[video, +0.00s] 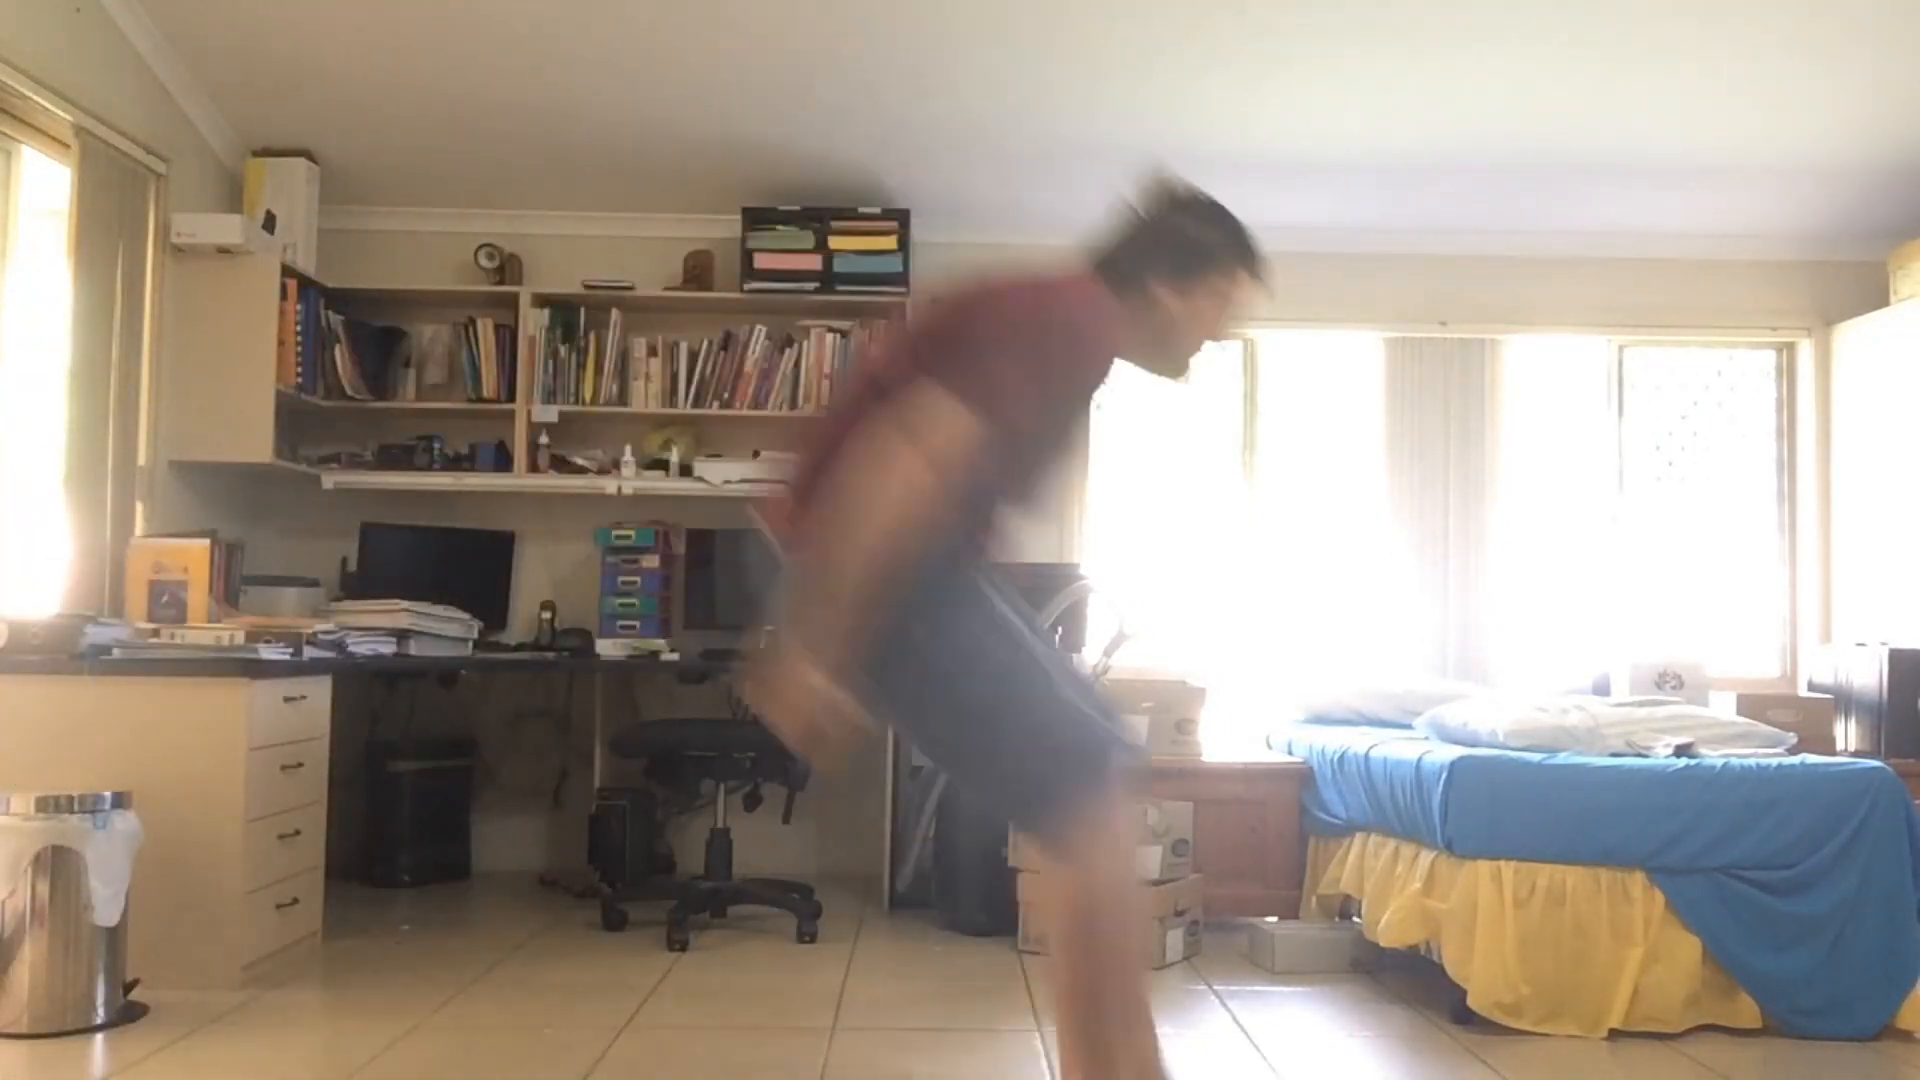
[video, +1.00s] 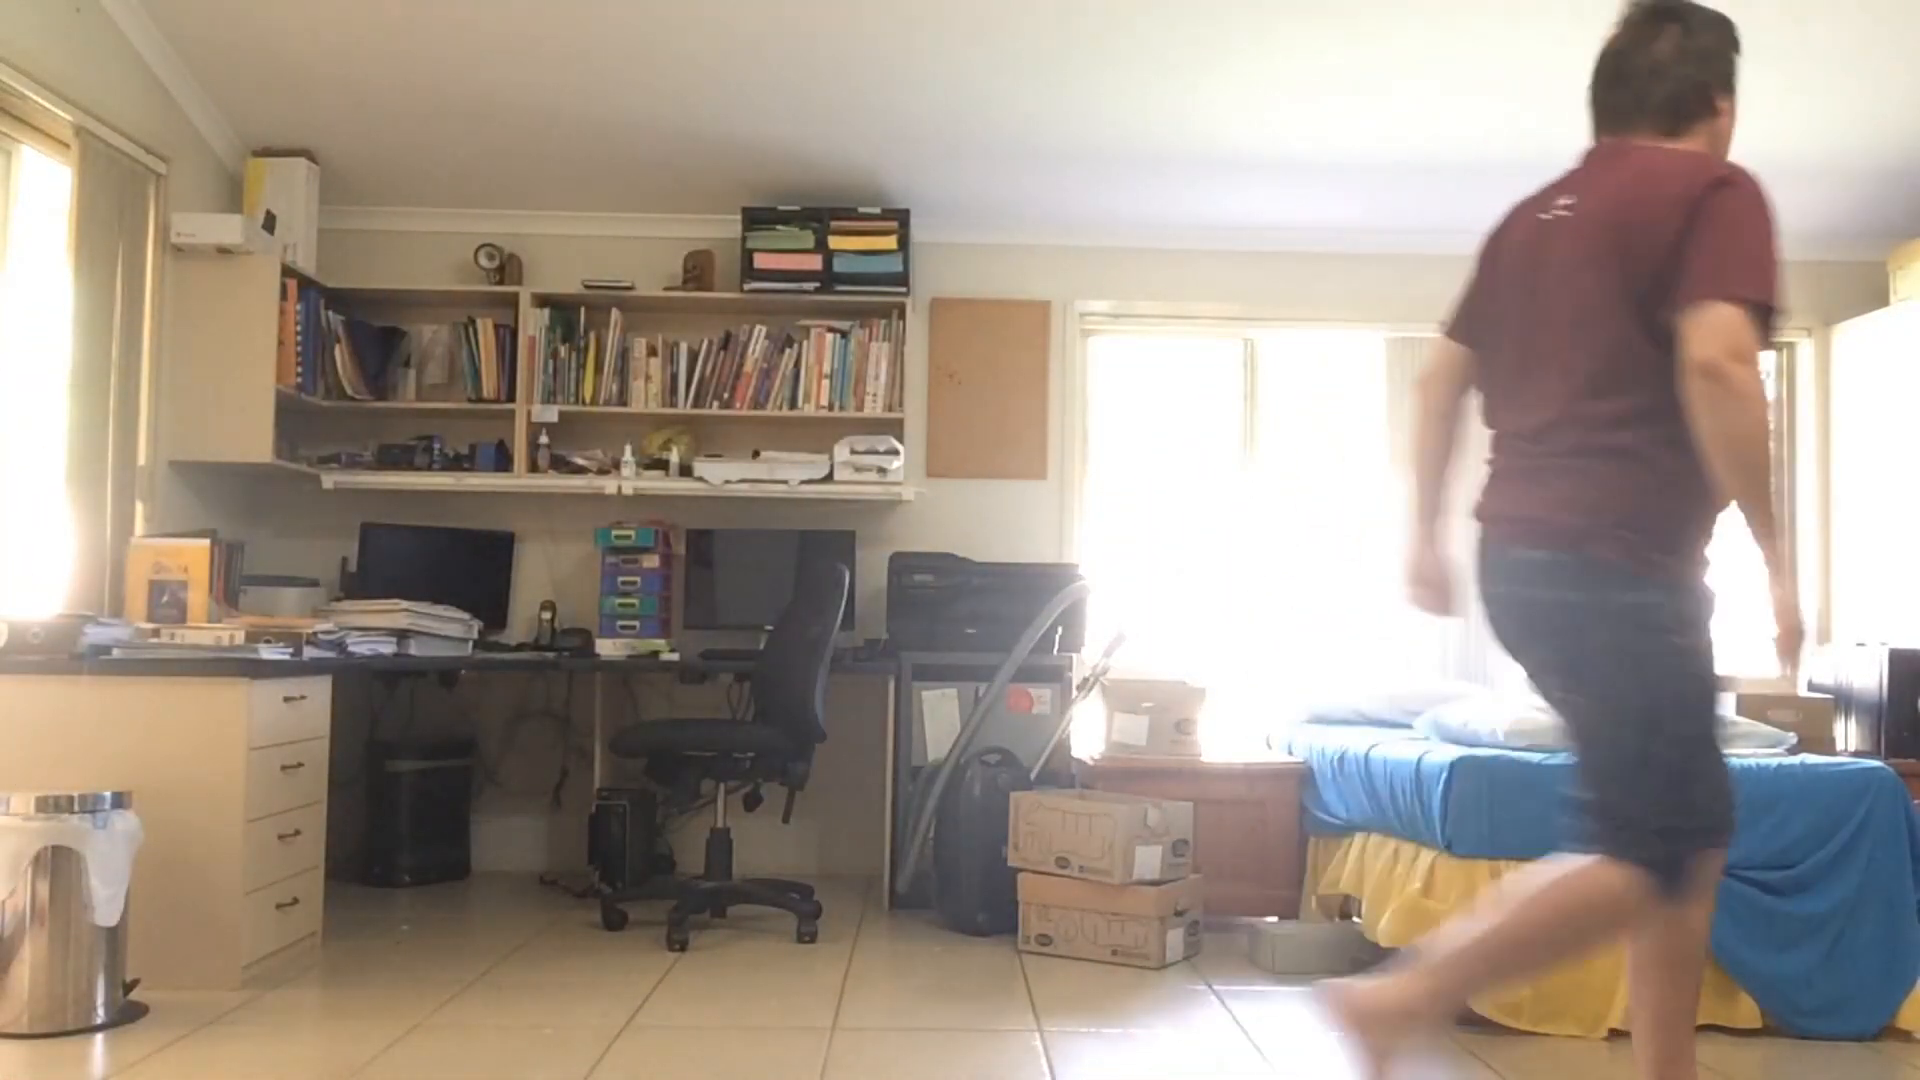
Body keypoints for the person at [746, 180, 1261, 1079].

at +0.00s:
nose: (1219, 336)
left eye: (1228, 317)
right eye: (1222, 309)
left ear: (1165, 276)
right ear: (1173, 281)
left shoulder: (1073, 325)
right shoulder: (1063, 319)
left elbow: (929, 471)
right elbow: (909, 451)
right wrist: (813, 648)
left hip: (919, 559)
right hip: (882, 562)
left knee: (1100, 778)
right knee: (1084, 791)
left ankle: (1108, 1058)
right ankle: (1117, 1061)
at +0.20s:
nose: (1421, 486)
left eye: (1423, 463)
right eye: (1415, 460)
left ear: (1331, 441)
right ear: (1356, 450)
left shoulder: (1232, 486)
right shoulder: (1272, 510)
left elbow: (1222, 716)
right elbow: (1266, 740)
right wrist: (1374, 901)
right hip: (1018, 726)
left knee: (1247, 862)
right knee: (1252, 876)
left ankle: (1129, 1066)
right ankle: (1128, 1069)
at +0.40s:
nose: (1526, 456)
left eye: (1531, 435)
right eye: (1525, 432)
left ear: (1417, 387)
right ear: (1478, 417)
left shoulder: (1337, 440)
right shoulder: (1400, 465)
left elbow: (1307, 660)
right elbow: (1386, 694)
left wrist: (1431, 734)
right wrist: (1513, 814)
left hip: (1065, 652)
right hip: (1114, 668)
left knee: (1278, 852)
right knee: (1325, 867)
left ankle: (1141, 1062)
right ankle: (1139, 1065)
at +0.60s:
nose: (1606, 228)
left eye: (1607, 205)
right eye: (1600, 203)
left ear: (1503, 196)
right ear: (1547, 203)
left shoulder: (1427, 263)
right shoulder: (1488, 283)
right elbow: (1398, 475)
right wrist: (1446, 676)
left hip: (1240, 571)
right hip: (1268, 581)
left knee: (1406, 794)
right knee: (1373, 845)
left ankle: (1254, 1011)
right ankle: (1147, 1060)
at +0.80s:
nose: (1682, 105)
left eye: (1682, 81)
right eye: (1677, 80)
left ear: (1555, 79)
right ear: (1631, 81)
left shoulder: (1463, 174)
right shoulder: (1608, 163)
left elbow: (1355, 335)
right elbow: (1542, 324)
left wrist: (1290, 489)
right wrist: (1542, 538)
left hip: (1382, 505)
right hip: (1450, 513)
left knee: (1543, 768)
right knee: (1379, 795)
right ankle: (1179, 1046)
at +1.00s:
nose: (1733, 125)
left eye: (1735, 111)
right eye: (1733, 109)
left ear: (1607, 103)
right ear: (1712, 104)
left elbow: (1442, 373)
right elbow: (1714, 361)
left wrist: (1427, 533)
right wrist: (1777, 553)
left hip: (1520, 561)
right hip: (1618, 568)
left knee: (1693, 830)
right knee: (1649, 855)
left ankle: (1664, 1067)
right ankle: (1385, 1003)